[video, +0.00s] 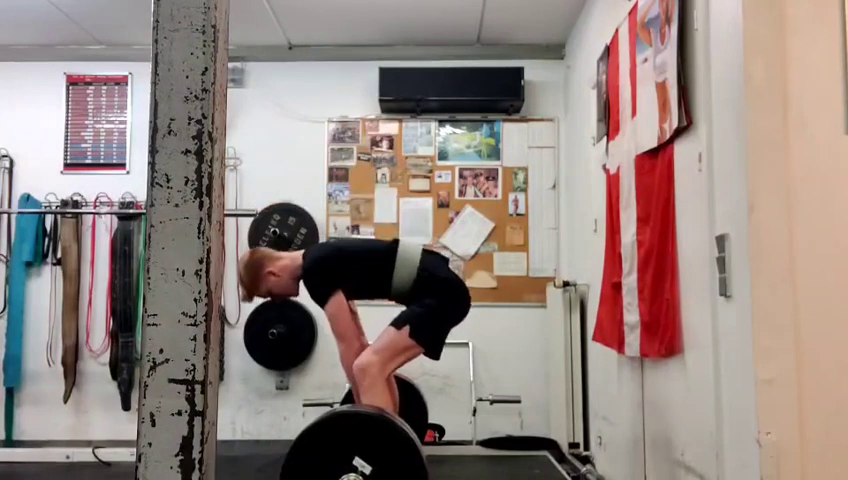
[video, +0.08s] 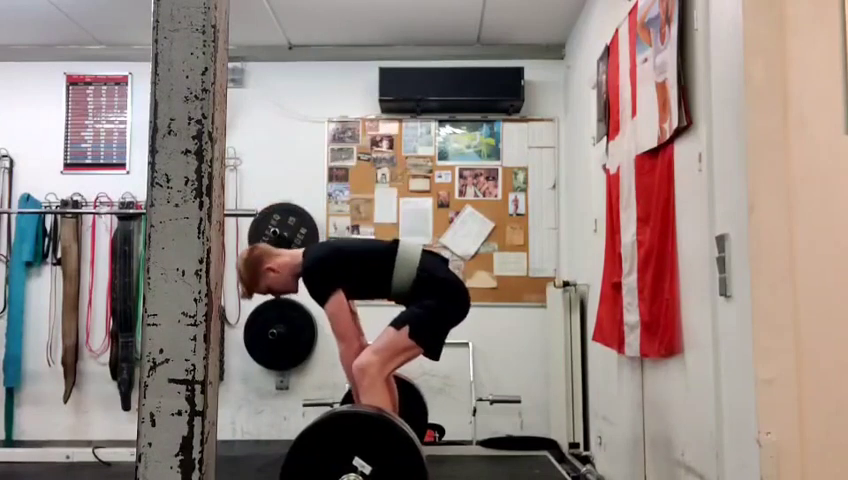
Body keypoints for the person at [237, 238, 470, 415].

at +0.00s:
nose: (278, 299)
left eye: (270, 293)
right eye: (270, 296)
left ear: (274, 273)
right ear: (275, 269)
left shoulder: (316, 269)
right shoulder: (322, 260)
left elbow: (349, 346)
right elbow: (358, 341)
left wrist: (363, 412)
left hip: (441, 294)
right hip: (441, 290)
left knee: (365, 367)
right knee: (376, 367)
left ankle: (383, 454)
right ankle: (392, 451)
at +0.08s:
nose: (276, 295)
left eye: (269, 290)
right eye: (269, 293)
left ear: (273, 270)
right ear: (275, 266)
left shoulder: (316, 268)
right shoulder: (322, 260)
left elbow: (350, 345)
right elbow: (357, 341)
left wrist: (361, 407)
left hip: (441, 294)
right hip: (441, 291)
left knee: (365, 367)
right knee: (376, 367)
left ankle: (383, 454)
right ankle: (392, 452)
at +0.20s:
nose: (276, 287)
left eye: (269, 282)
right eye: (269, 285)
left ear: (273, 260)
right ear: (275, 255)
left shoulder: (317, 264)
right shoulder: (322, 257)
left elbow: (347, 343)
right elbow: (355, 340)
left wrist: (358, 408)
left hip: (441, 295)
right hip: (440, 291)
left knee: (364, 367)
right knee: (374, 367)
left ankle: (383, 454)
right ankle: (392, 451)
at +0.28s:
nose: (276, 285)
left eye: (268, 279)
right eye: (268, 283)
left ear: (272, 256)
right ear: (275, 251)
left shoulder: (317, 265)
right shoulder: (323, 257)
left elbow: (346, 343)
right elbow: (355, 339)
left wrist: (357, 407)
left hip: (441, 296)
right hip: (441, 292)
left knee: (365, 367)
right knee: (375, 368)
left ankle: (382, 454)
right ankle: (391, 451)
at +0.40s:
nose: (277, 283)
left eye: (269, 277)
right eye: (270, 281)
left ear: (273, 253)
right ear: (275, 249)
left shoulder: (319, 264)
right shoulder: (325, 257)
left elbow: (347, 345)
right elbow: (355, 341)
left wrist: (356, 408)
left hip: (442, 298)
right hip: (443, 295)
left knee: (364, 368)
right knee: (374, 369)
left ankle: (380, 454)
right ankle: (390, 452)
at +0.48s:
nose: (277, 282)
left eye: (270, 275)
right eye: (270, 280)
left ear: (274, 251)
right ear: (276, 248)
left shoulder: (320, 264)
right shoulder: (326, 257)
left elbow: (346, 345)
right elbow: (355, 340)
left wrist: (355, 406)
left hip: (443, 300)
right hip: (443, 297)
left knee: (363, 368)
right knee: (374, 369)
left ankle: (379, 454)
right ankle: (390, 451)